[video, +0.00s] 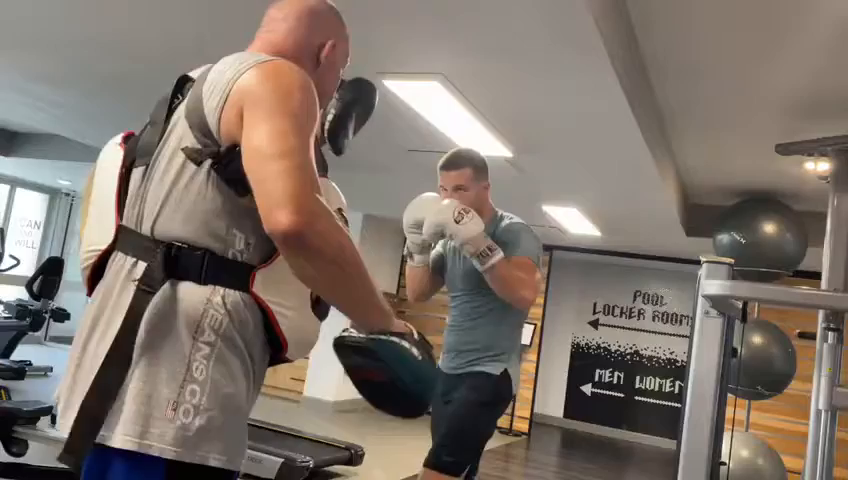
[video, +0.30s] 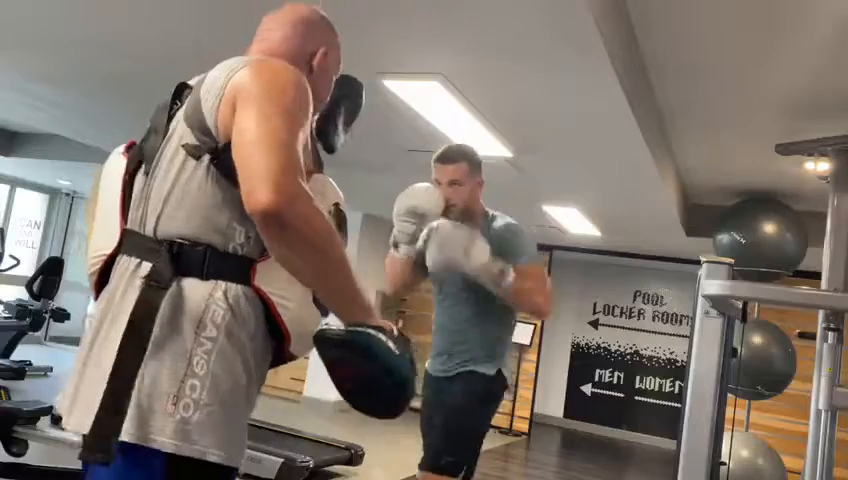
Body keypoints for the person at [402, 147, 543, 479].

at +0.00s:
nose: (451, 199)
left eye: (460, 189)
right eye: (444, 191)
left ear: (485, 189)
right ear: (438, 191)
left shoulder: (515, 233)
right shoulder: (450, 241)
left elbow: (523, 295)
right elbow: (417, 293)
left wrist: (478, 243)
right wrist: (417, 245)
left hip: (490, 372)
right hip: (450, 368)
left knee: (438, 471)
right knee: (456, 471)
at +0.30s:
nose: (445, 195)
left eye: (455, 185)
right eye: (439, 185)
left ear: (479, 185)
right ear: (433, 186)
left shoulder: (507, 233)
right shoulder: (438, 232)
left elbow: (541, 303)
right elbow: (396, 285)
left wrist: (484, 266)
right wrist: (404, 235)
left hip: (480, 373)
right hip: (439, 369)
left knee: (438, 471)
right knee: (441, 470)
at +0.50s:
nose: (408, 185)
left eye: (419, 173)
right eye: (404, 175)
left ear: (448, 172)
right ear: (401, 175)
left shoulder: (486, 217)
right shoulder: (438, 241)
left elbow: (453, 216)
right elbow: (398, 284)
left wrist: (409, 201)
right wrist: (396, 231)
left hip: (468, 370)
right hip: (447, 367)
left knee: (405, 471)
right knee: (441, 472)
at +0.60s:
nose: (413, 181)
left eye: (419, 172)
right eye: (408, 173)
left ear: (446, 170)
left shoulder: (473, 217)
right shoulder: (443, 235)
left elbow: (434, 185)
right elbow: (411, 280)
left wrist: (367, 172)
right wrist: (396, 230)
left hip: (469, 375)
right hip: (455, 373)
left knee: (408, 471)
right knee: (448, 472)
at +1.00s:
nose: (433, 196)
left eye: (442, 185)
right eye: (428, 188)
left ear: (465, 183)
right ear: (423, 189)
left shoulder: (492, 228)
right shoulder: (427, 232)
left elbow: (516, 279)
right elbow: (385, 298)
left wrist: (470, 243)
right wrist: (397, 251)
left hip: (480, 373)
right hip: (438, 371)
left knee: (438, 472)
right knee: (417, 470)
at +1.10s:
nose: (432, 203)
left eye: (442, 191)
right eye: (427, 193)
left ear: (468, 192)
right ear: (422, 194)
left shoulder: (496, 238)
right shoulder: (426, 238)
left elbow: (515, 306)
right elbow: (386, 300)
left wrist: (466, 267)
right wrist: (396, 256)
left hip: (480, 379)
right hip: (434, 376)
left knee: (429, 470)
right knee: (413, 469)